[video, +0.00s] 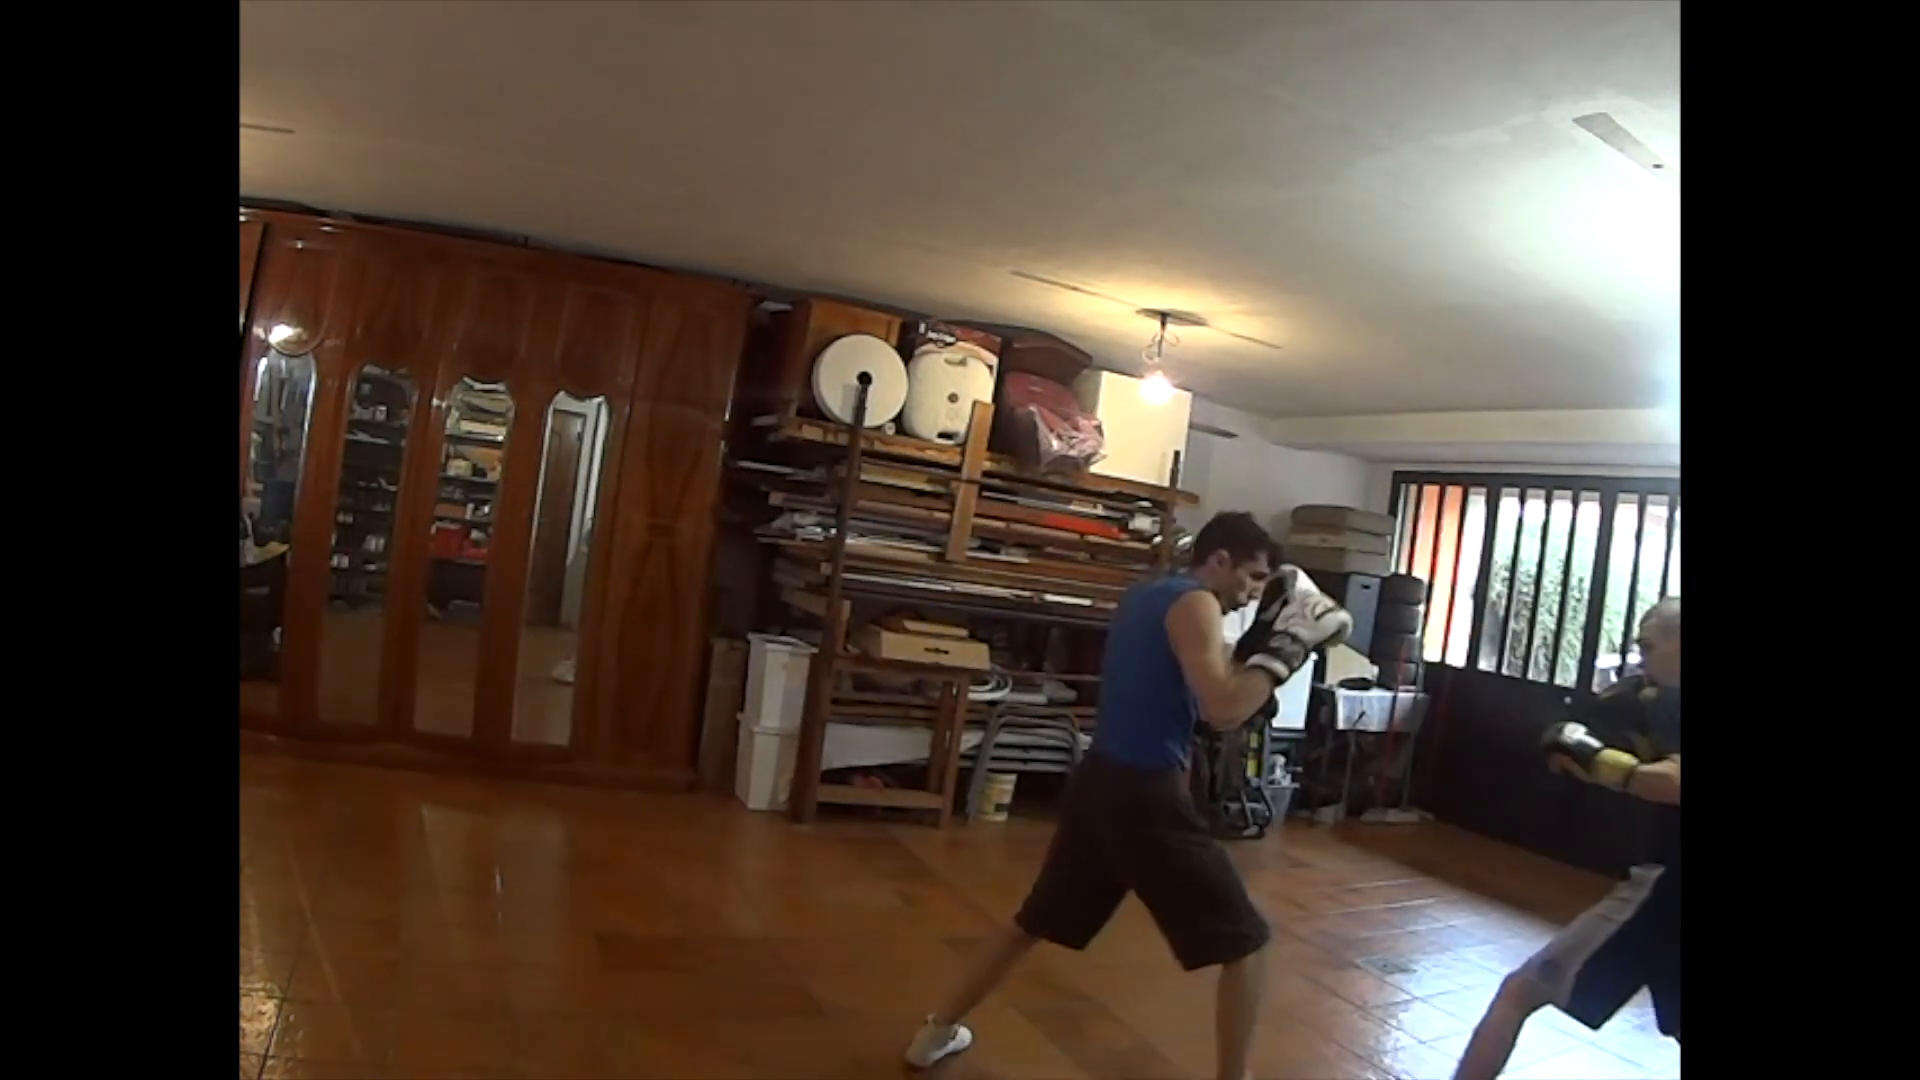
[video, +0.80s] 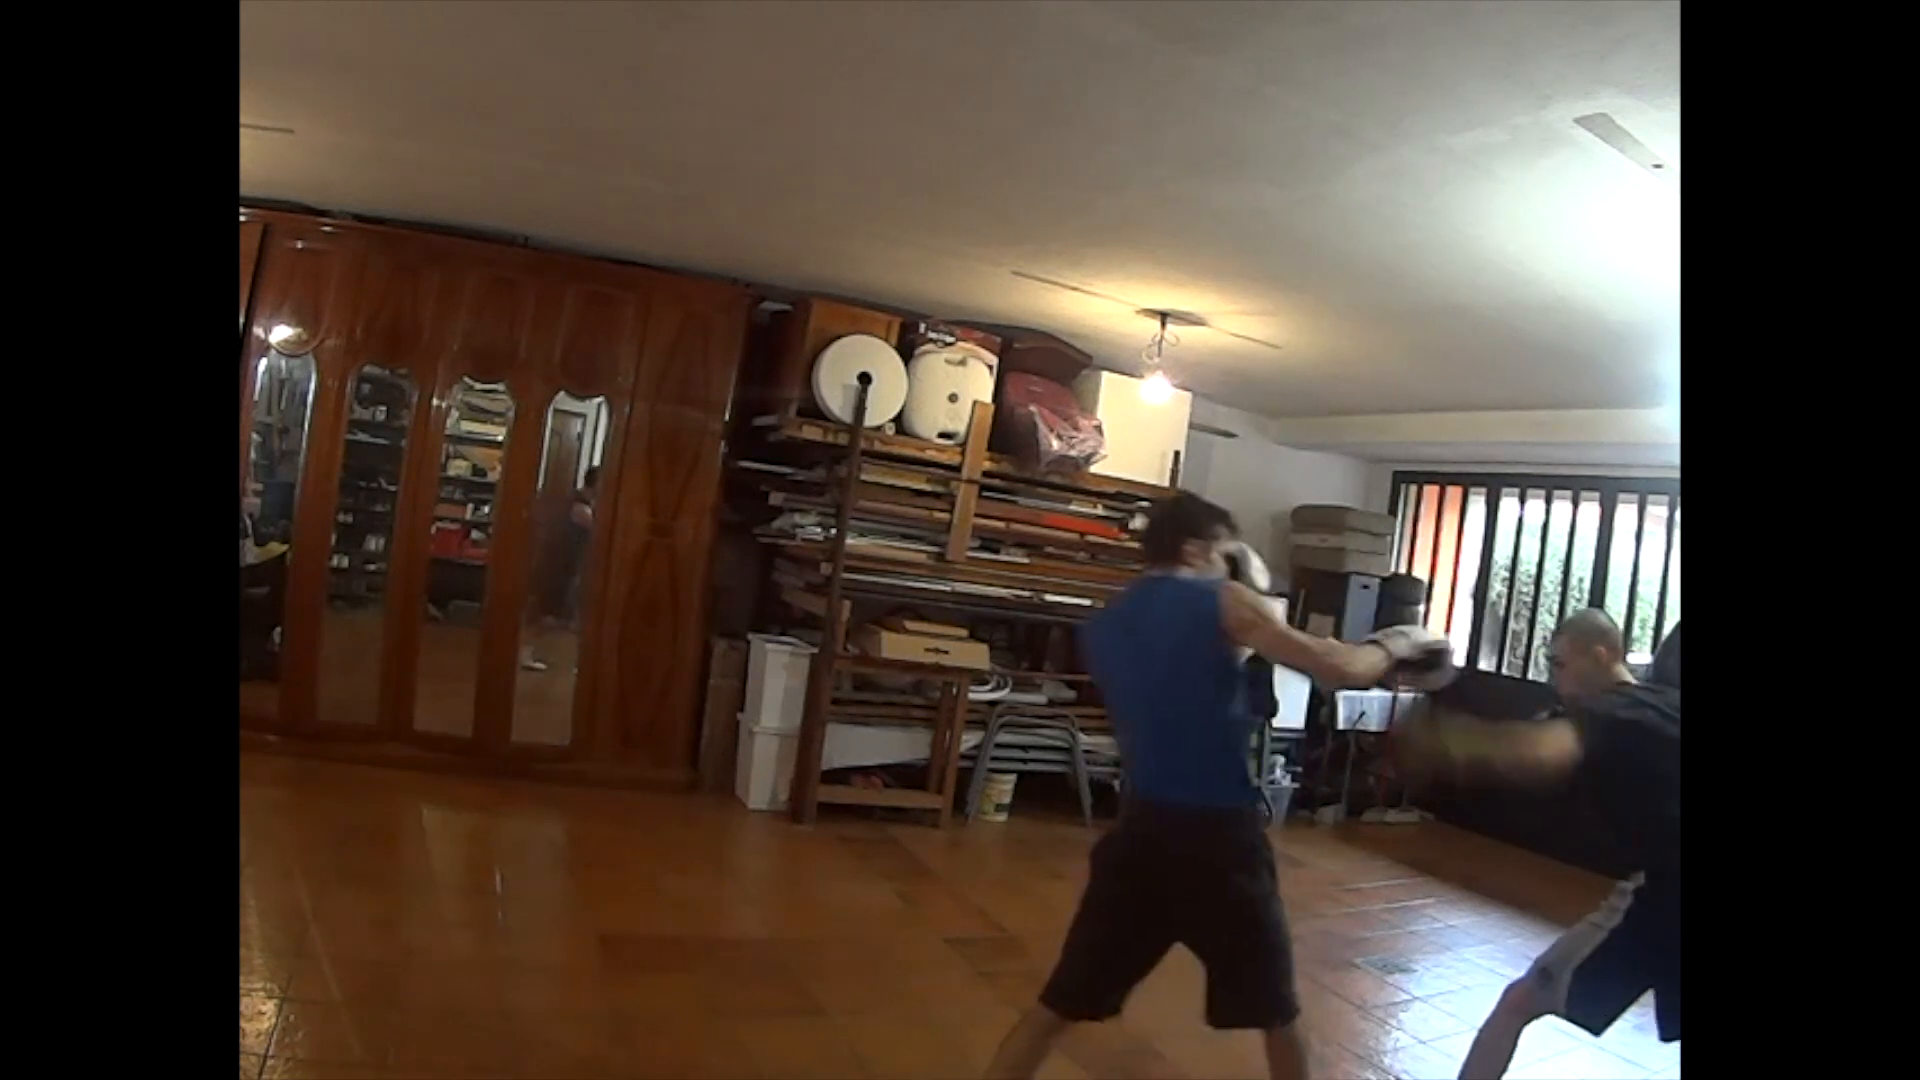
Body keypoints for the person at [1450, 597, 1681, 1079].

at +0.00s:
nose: (1640, 656)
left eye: (1648, 644)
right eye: (1640, 645)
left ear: (1680, 644)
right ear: (1670, 647)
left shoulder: (1673, 706)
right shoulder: (1658, 704)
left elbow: (1672, 783)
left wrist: (1594, 758)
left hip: (1661, 882)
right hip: (1657, 879)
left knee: (1519, 992)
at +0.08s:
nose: (1641, 650)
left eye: (1650, 640)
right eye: (1641, 640)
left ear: (1681, 644)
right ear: (1654, 643)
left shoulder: (1672, 703)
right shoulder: (1652, 699)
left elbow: (1672, 783)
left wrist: (1601, 752)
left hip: (1664, 881)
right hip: (1659, 878)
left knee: (1520, 985)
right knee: (1518, 985)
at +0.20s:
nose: (1634, 650)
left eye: (1642, 637)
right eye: (1633, 638)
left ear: (1676, 636)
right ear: (1663, 639)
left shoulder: (1673, 700)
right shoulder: (1663, 699)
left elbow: (1667, 781)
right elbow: (1660, 776)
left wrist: (1593, 725)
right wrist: (1594, 728)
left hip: (1665, 881)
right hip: (1663, 878)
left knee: (1524, 990)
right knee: (1522, 991)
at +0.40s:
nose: (1647, 661)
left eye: (1655, 650)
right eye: (1648, 650)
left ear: (1681, 650)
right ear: (1662, 649)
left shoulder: (1670, 696)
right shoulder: (1663, 695)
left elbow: (1652, 748)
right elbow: (1653, 755)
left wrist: (1594, 676)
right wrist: (1591, 678)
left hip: (1669, 889)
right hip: (1665, 887)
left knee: (1531, 992)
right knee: (1529, 993)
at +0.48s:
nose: (1649, 667)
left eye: (1658, 656)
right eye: (1649, 656)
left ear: (1683, 659)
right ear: (1654, 656)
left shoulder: (1668, 722)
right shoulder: (1654, 717)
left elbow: (1675, 799)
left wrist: (1645, 779)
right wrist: (1601, 757)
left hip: (1671, 898)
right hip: (1667, 895)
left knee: (1527, 992)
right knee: (1526, 992)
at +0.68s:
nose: (1593, 667)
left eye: (1604, 654)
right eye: (1593, 654)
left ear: (1644, 647)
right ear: (1646, 651)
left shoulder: (1651, 695)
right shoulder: (1664, 695)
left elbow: (1542, 680)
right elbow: (1541, 681)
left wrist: (1447, 620)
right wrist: (1449, 622)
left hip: (1666, 891)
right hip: (1664, 888)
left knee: (1522, 998)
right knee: (1522, 998)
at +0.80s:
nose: (1554, 682)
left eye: (1560, 665)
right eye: (1553, 667)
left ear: (1600, 656)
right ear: (1614, 657)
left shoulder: (1610, 714)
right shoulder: (1667, 701)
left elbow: (1541, 751)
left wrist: (1451, 742)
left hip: (1657, 895)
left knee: (1518, 1002)